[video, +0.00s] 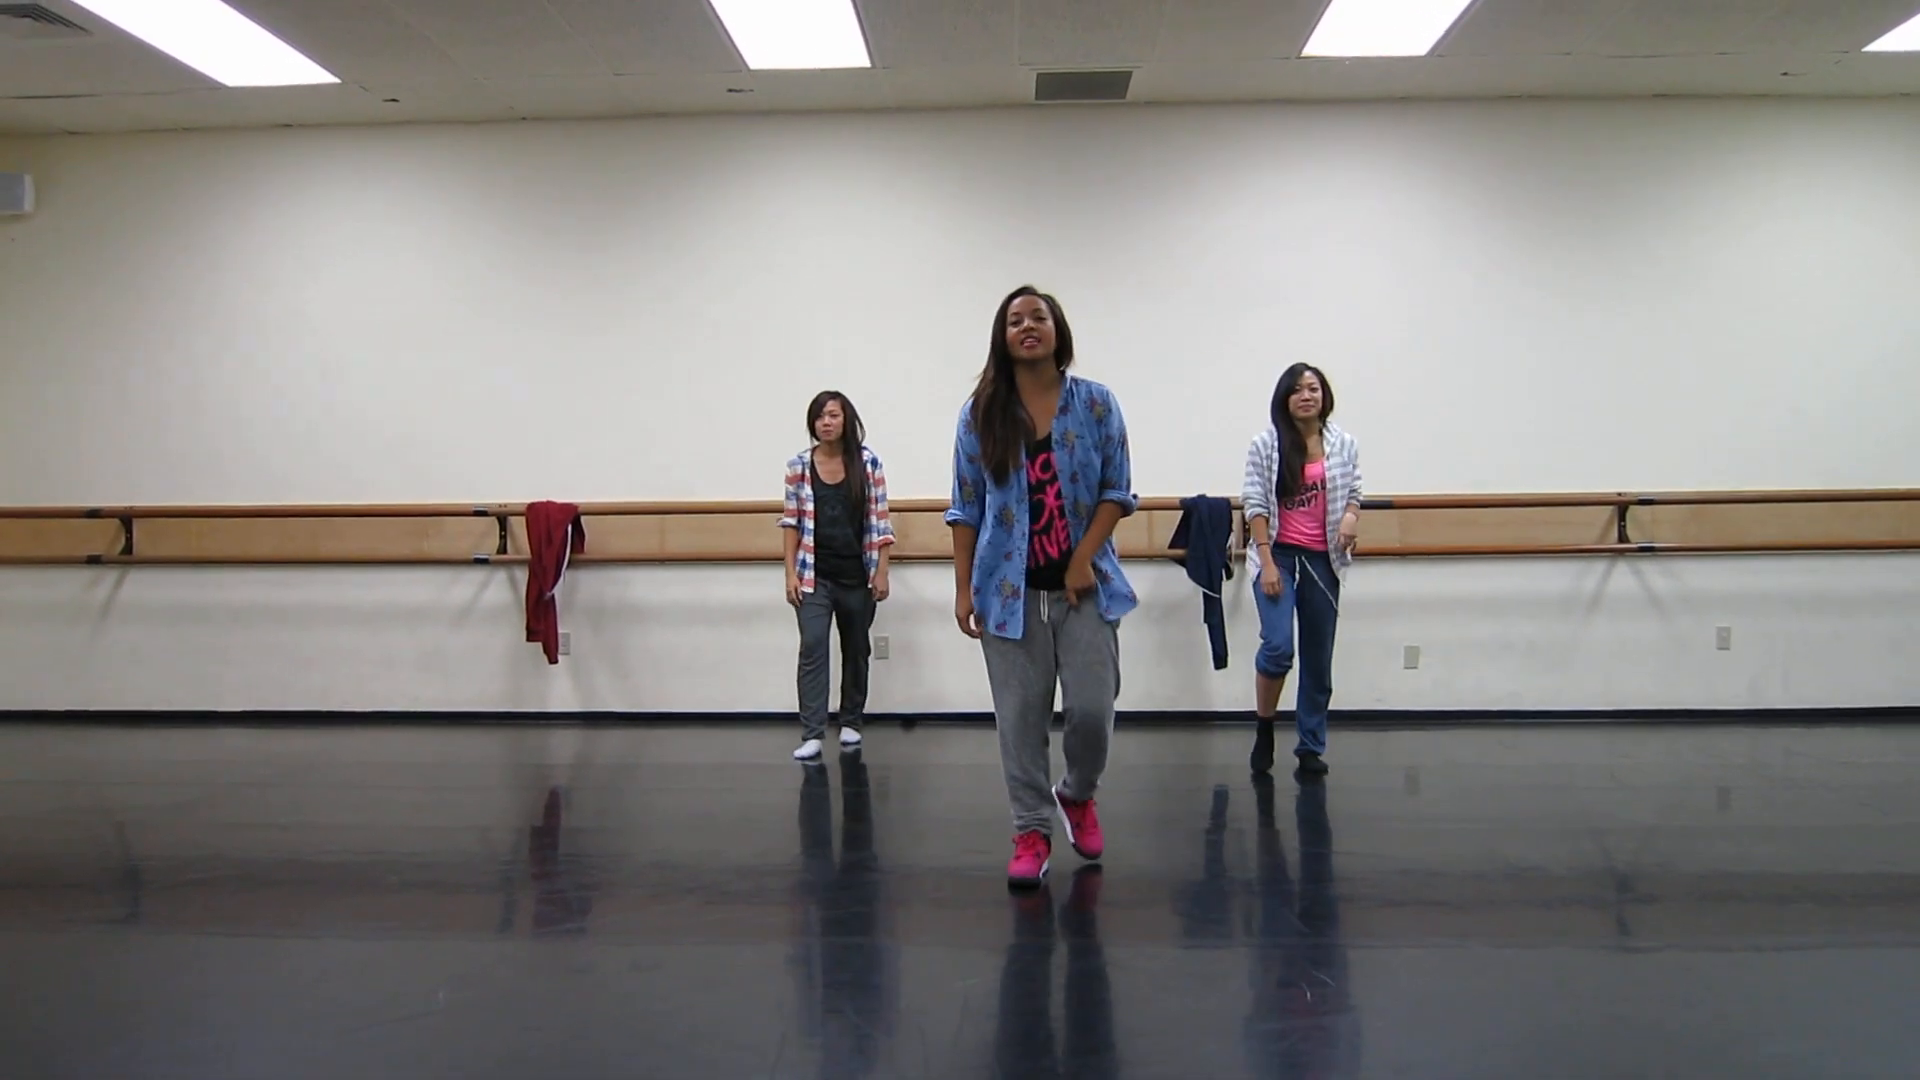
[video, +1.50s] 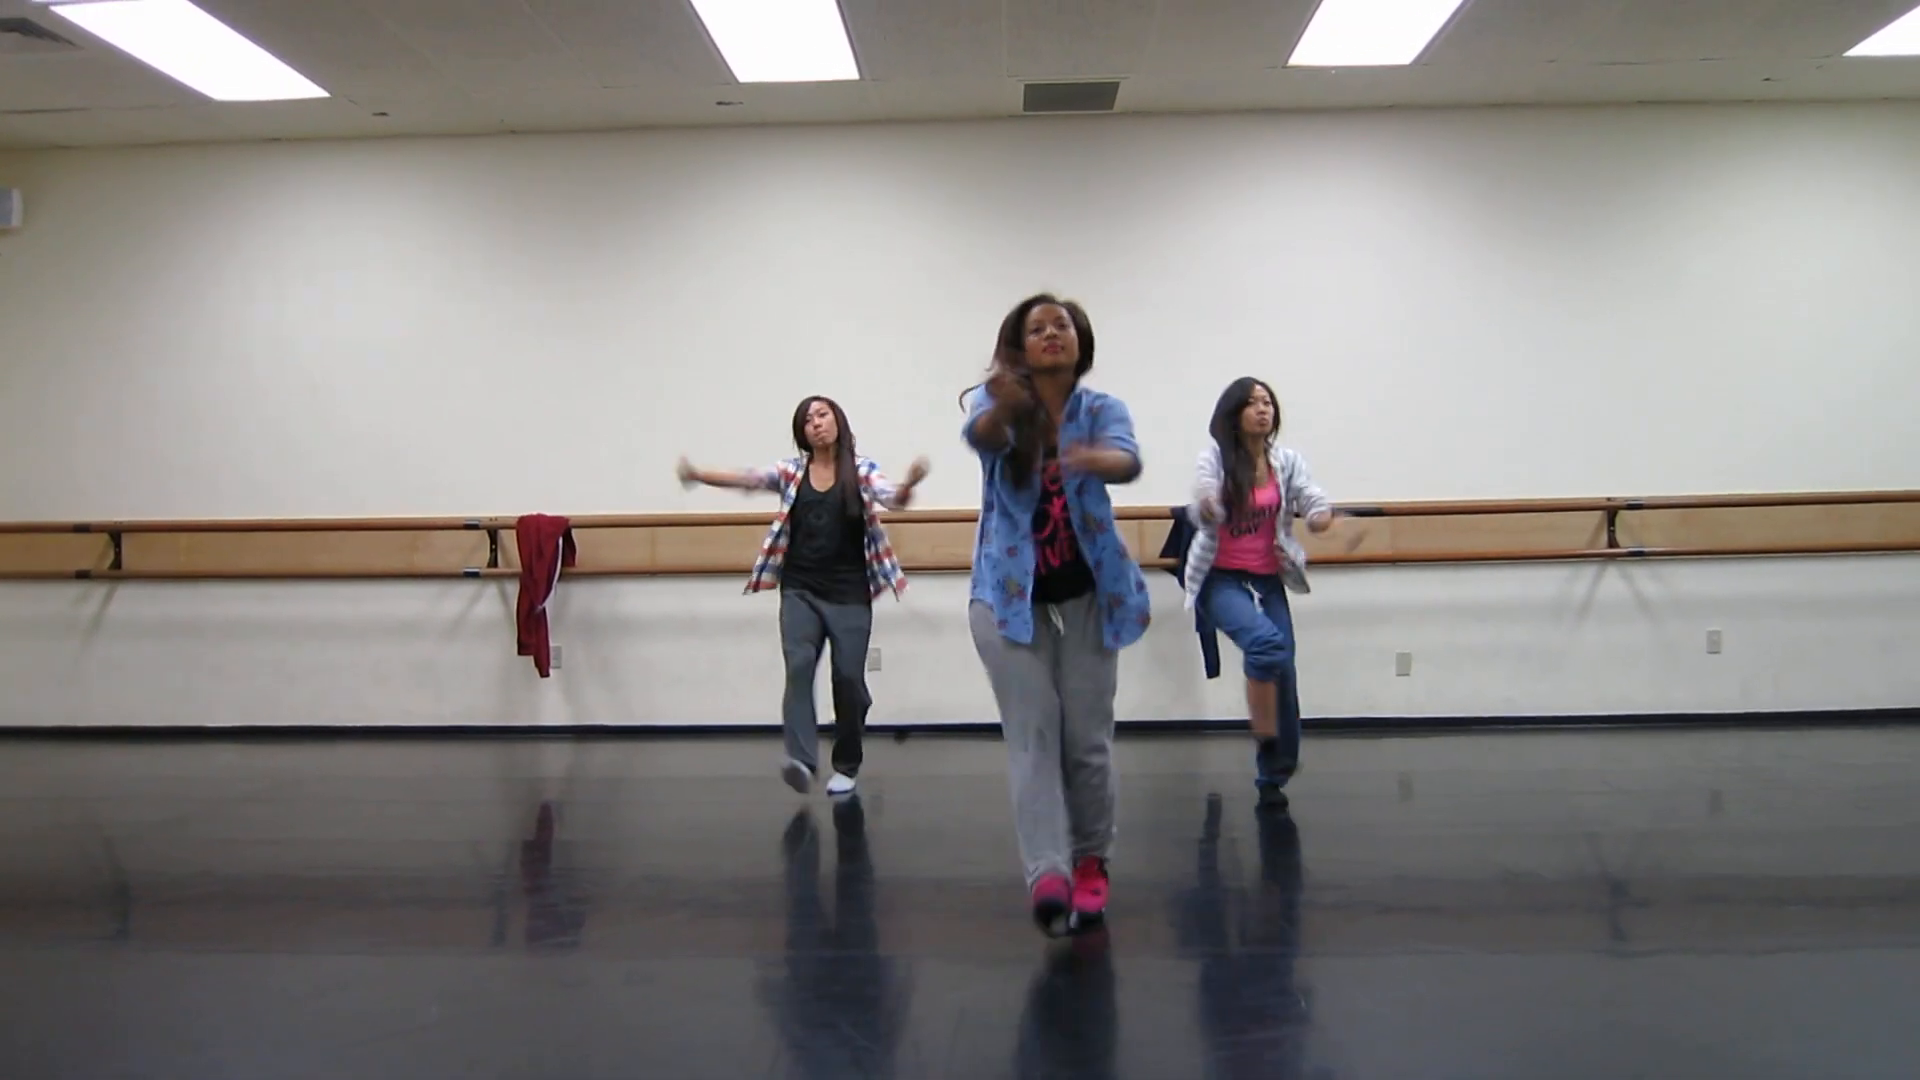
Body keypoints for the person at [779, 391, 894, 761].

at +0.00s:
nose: (827, 421)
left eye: (834, 415)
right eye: (821, 416)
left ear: (847, 421)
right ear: (812, 422)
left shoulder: (868, 462)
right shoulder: (799, 466)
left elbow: (882, 519)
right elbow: (791, 522)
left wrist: (882, 569)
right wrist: (791, 572)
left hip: (858, 577)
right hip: (813, 575)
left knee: (855, 653)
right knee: (812, 651)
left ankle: (850, 723)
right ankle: (813, 733)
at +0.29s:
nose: (832, 420)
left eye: (840, 414)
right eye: (826, 415)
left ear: (853, 421)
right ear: (818, 422)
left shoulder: (875, 462)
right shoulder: (805, 466)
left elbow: (887, 519)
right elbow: (798, 524)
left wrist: (884, 567)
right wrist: (796, 574)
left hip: (862, 575)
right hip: (819, 572)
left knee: (860, 652)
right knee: (818, 640)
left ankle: (854, 724)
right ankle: (831, 723)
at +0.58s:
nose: (834, 423)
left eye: (842, 418)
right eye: (828, 417)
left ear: (854, 425)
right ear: (818, 424)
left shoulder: (873, 467)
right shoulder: (802, 470)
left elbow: (883, 527)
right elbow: (794, 529)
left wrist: (875, 576)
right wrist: (791, 580)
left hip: (859, 584)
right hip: (816, 582)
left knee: (857, 659)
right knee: (821, 654)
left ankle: (852, 725)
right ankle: (834, 740)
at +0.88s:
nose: (829, 410)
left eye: (838, 405)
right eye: (823, 404)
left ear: (850, 414)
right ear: (814, 412)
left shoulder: (868, 460)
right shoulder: (794, 459)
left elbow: (878, 520)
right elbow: (782, 517)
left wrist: (874, 570)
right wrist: (780, 568)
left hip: (853, 579)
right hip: (808, 579)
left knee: (856, 659)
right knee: (816, 664)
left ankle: (854, 717)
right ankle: (831, 743)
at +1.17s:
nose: (827, 411)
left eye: (835, 406)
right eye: (820, 406)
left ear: (848, 418)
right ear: (810, 416)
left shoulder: (866, 462)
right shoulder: (792, 462)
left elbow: (894, 515)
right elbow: (765, 505)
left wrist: (887, 549)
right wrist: (766, 541)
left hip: (851, 588)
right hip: (802, 590)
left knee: (850, 669)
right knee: (813, 674)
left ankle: (850, 760)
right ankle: (829, 750)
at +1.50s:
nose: (818, 422)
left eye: (824, 414)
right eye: (810, 419)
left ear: (840, 422)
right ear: (803, 433)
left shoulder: (861, 469)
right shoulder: (791, 471)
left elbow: (894, 503)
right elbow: (746, 479)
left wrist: (909, 484)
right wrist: (698, 475)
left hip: (850, 596)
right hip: (800, 593)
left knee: (849, 681)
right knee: (798, 670)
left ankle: (846, 768)